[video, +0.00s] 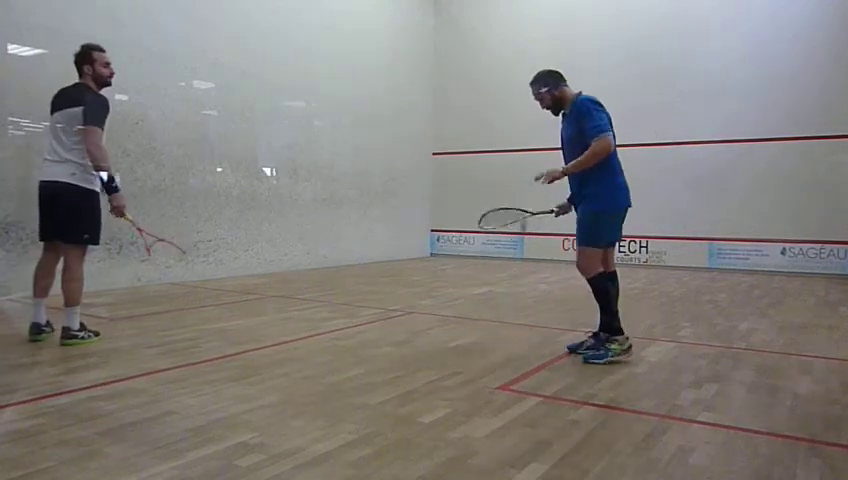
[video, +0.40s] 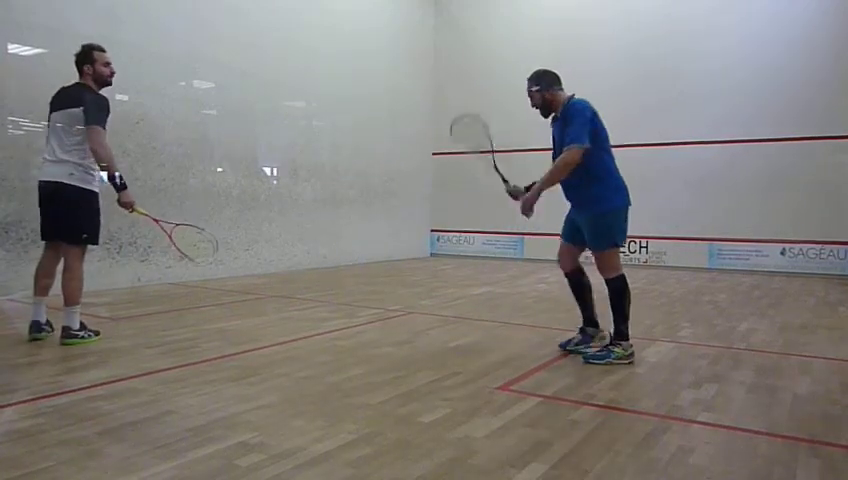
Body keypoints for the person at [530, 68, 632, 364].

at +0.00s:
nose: (540, 104)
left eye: (540, 97)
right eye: (537, 99)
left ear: (554, 89)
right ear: (551, 92)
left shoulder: (584, 106)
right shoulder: (569, 118)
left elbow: (604, 145)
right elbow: (584, 167)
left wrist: (564, 170)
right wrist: (570, 201)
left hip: (603, 199)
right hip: (596, 200)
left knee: (587, 263)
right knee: (604, 264)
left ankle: (615, 336)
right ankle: (606, 334)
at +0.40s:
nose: (531, 102)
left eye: (532, 95)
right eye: (529, 96)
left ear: (548, 90)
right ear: (547, 92)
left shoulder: (577, 110)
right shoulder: (559, 122)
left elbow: (572, 157)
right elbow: (562, 168)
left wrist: (535, 193)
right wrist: (531, 189)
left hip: (605, 204)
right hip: (582, 205)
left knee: (609, 265)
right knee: (567, 259)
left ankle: (622, 343)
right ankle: (591, 330)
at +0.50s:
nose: (526, 103)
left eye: (529, 95)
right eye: (525, 96)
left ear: (544, 92)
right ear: (545, 93)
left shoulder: (567, 113)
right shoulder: (555, 121)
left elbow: (551, 162)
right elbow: (549, 172)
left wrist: (518, 193)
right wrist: (514, 179)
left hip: (603, 202)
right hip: (580, 203)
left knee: (607, 265)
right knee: (560, 258)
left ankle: (621, 343)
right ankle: (570, 330)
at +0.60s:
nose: (516, 103)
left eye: (519, 97)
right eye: (516, 98)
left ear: (534, 95)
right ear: (536, 96)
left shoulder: (557, 114)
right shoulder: (546, 125)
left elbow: (521, 155)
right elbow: (526, 172)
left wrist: (483, 175)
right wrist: (496, 152)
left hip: (594, 202)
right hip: (571, 204)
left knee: (602, 265)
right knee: (549, 256)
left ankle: (621, 343)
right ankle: (532, 324)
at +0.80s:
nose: (493, 103)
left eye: (496, 97)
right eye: (493, 99)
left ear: (509, 98)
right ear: (510, 101)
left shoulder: (526, 120)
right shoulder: (515, 131)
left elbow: (487, 145)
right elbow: (486, 155)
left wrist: (456, 152)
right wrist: (492, 123)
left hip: (557, 208)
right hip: (540, 211)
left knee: (569, 270)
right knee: (520, 261)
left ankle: (613, 336)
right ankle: (501, 321)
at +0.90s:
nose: (480, 117)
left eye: (482, 112)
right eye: (480, 112)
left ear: (490, 111)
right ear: (503, 110)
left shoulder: (500, 130)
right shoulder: (513, 128)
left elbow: (464, 164)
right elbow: (481, 159)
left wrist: (451, 169)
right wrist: (459, 157)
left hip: (533, 207)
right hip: (537, 205)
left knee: (529, 269)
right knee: (508, 260)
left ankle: (588, 322)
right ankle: (498, 323)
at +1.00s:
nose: (470, 116)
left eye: (472, 112)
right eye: (470, 112)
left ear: (480, 111)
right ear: (493, 110)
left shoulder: (479, 130)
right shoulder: (509, 131)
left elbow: (451, 170)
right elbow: (486, 171)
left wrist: (437, 203)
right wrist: (459, 190)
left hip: (509, 203)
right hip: (532, 200)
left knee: (499, 266)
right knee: (504, 263)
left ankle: (557, 309)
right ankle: (498, 322)